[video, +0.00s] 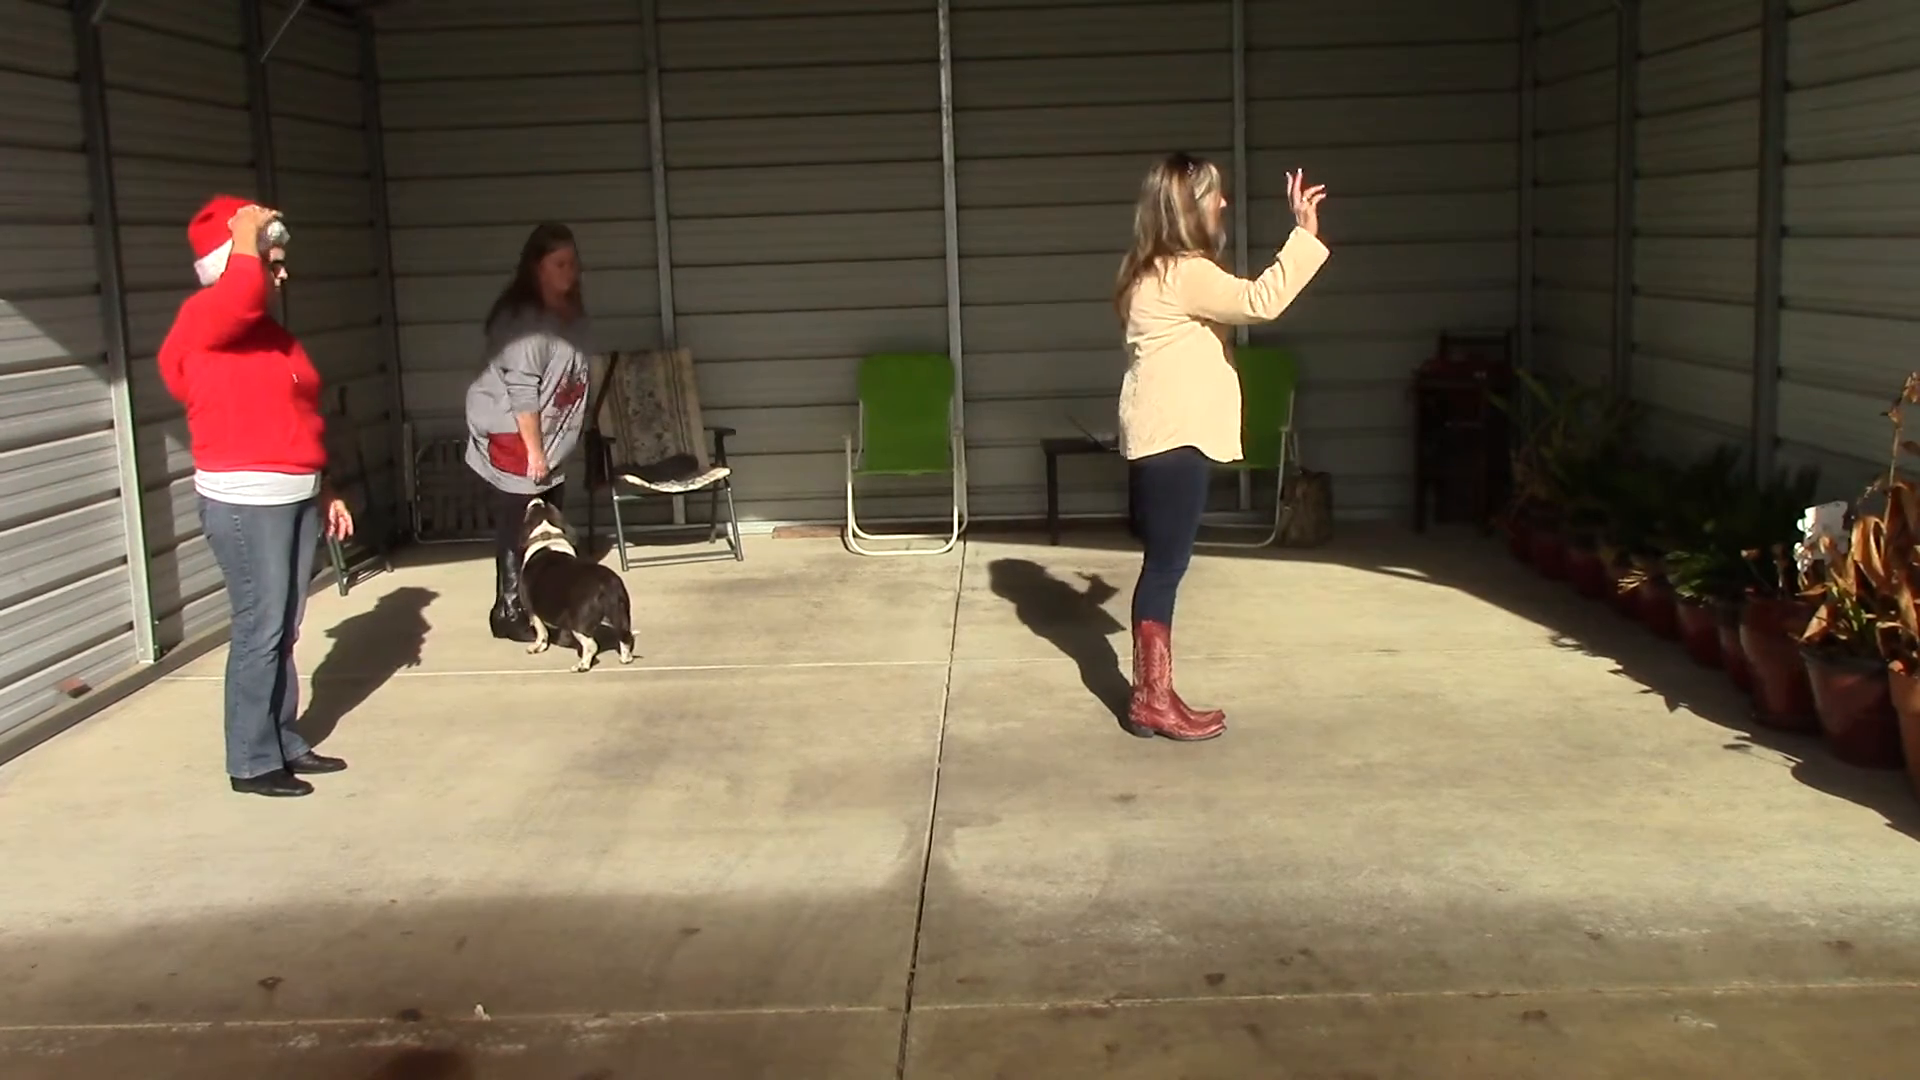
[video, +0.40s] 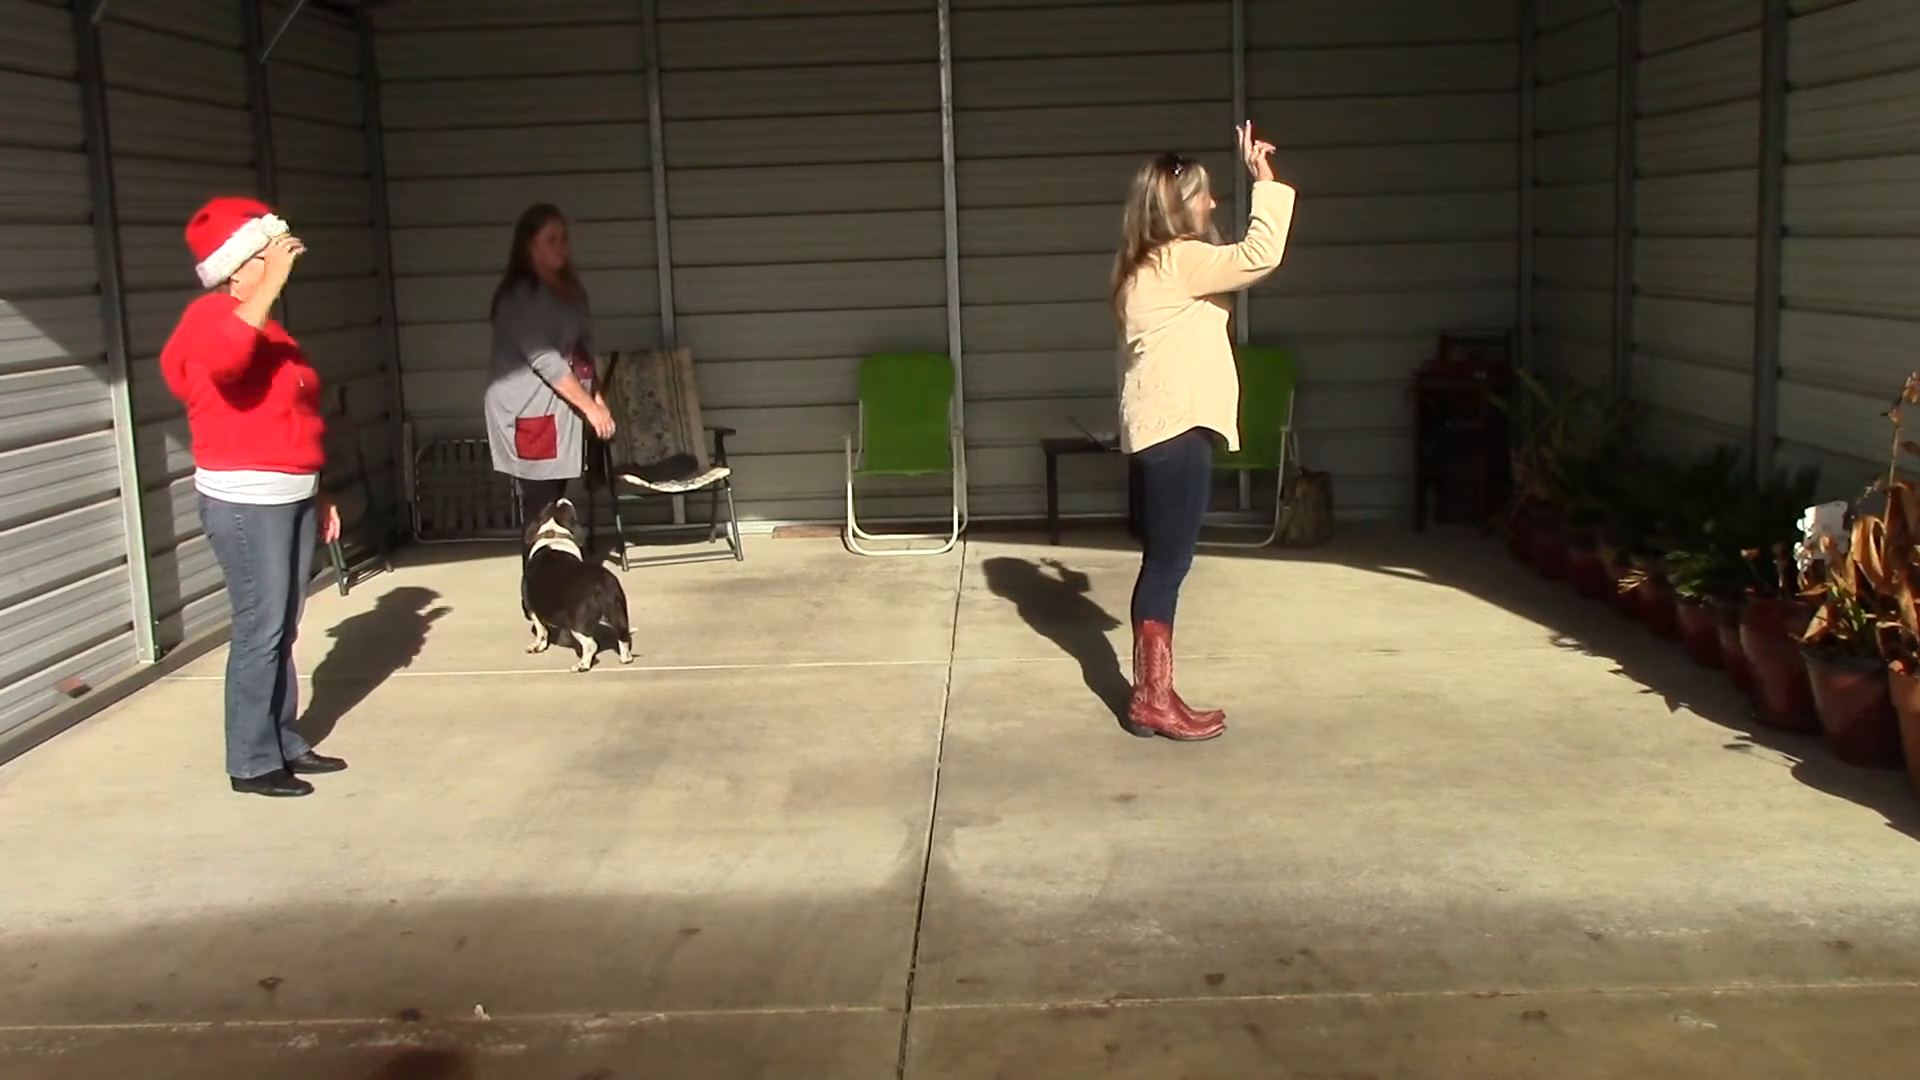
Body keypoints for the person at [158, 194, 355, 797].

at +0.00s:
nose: (283, 271)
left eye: (283, 260)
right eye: (273, 261)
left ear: (277, 266)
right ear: (230, 263)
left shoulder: (273, 332)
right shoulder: (199, 320)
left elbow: (301, 419)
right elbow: (244, 292)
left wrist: (325, 491)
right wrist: (245, 241)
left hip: (295, 494)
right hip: (244, 498)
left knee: (282, 630)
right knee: (259, 631)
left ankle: (282, 743)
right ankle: (250, 762)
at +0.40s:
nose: (280, 265)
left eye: (277, 256)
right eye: (270, 256)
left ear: (247, 268)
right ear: (240, 269)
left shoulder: (265, 322)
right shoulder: (206, 316)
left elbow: (291, 416)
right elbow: (223, 361)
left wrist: (317, 494)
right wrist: (270, 284)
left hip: (292, 494)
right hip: (245, 498)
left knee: (281, 628)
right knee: (259, 629)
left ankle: (282, 742)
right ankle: (250, 762)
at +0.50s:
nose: (287, 273)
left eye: (286, 263)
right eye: (278, 263)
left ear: (249, 268)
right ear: (243, 266)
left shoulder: (266, 326)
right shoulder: (212, 317)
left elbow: (291, 422)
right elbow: (207, 389)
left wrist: (314, 500)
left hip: (290, 492)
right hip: (246, 496)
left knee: (281, 628)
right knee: (260, 629)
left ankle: (281, 743)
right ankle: (250, 762)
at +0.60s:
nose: (289, 273)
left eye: (288, 263)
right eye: (280, 263)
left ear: (251, 269)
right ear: (245, 267)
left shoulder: (259, 322)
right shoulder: (221, 320)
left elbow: (265, 411)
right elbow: (204, 410)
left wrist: (297, 482)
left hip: (281, 493)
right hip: (243, 497)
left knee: (281, 626)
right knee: (260, 628)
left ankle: (282, 743)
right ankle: (251, 762)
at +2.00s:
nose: (322, 283)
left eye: (321, 273)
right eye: (312, 273)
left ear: (282, 279)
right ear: (275, 278)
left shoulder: (295, 334)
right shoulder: (247, 334)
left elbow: (310, 425)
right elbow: (240, 434)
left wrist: (342, 494)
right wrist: (284, 509)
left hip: (308, 499)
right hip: (269, 501)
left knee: (294, 624)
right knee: (326, 617)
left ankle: (279, 742)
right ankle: (276, 745)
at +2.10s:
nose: (332, 281)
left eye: (331, 271)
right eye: (322, 272)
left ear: (296, 278)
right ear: (284, 278)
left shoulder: (310, 334)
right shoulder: (256, 333)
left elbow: (329, 419)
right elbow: (247, 433)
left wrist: (370, 472)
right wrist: (287, 507)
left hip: (315, 496)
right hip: (281, 498)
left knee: (296, 625)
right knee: (356, 605)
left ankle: (276, 747)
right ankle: (324, 740)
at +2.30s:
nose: (362, 282)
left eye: (360, 272)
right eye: (351, 273)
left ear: (327, 281)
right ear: (316, 280)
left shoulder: (341, 336)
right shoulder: (288, 333)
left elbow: (368, 423)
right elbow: (275, 429)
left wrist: (415, 470)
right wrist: (306, 511)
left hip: (347, 499)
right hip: (317, 502)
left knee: (323, 628)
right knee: (392, 614)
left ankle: (278, 744)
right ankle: (417, 752)